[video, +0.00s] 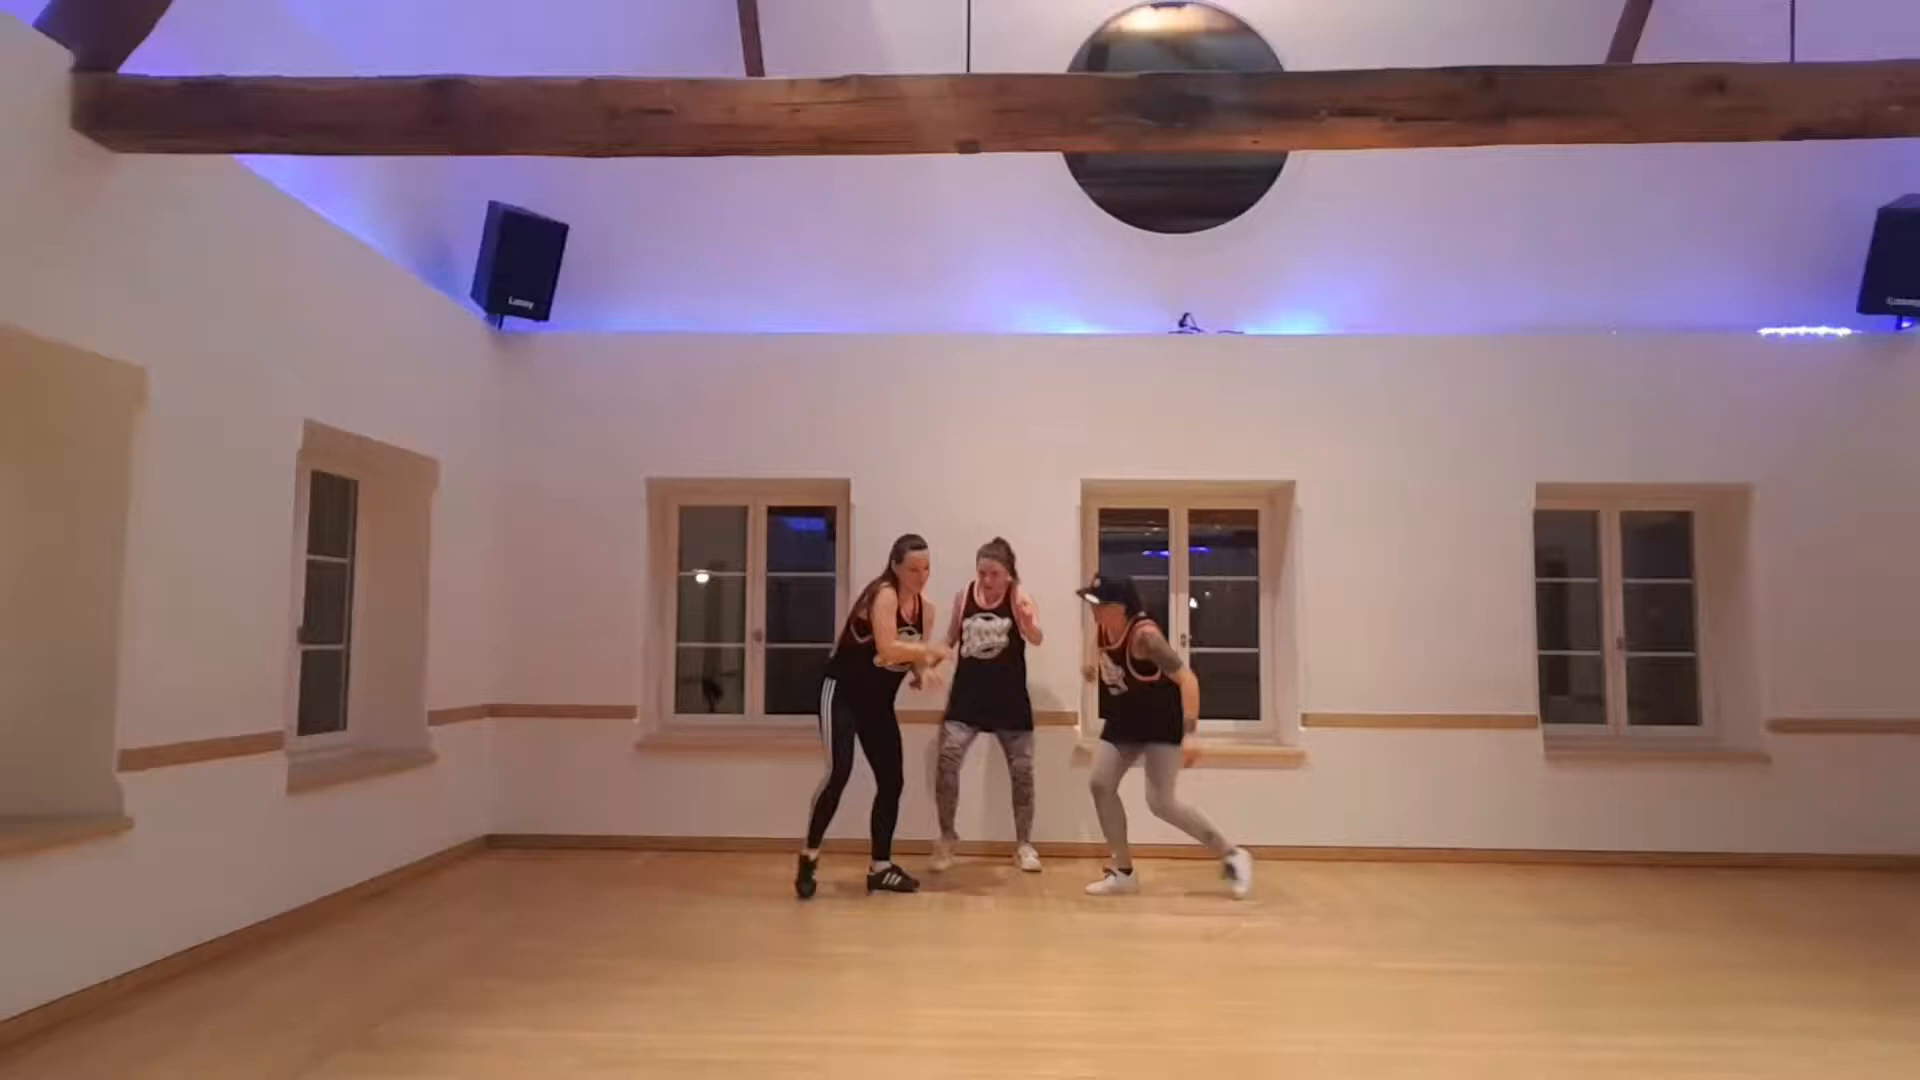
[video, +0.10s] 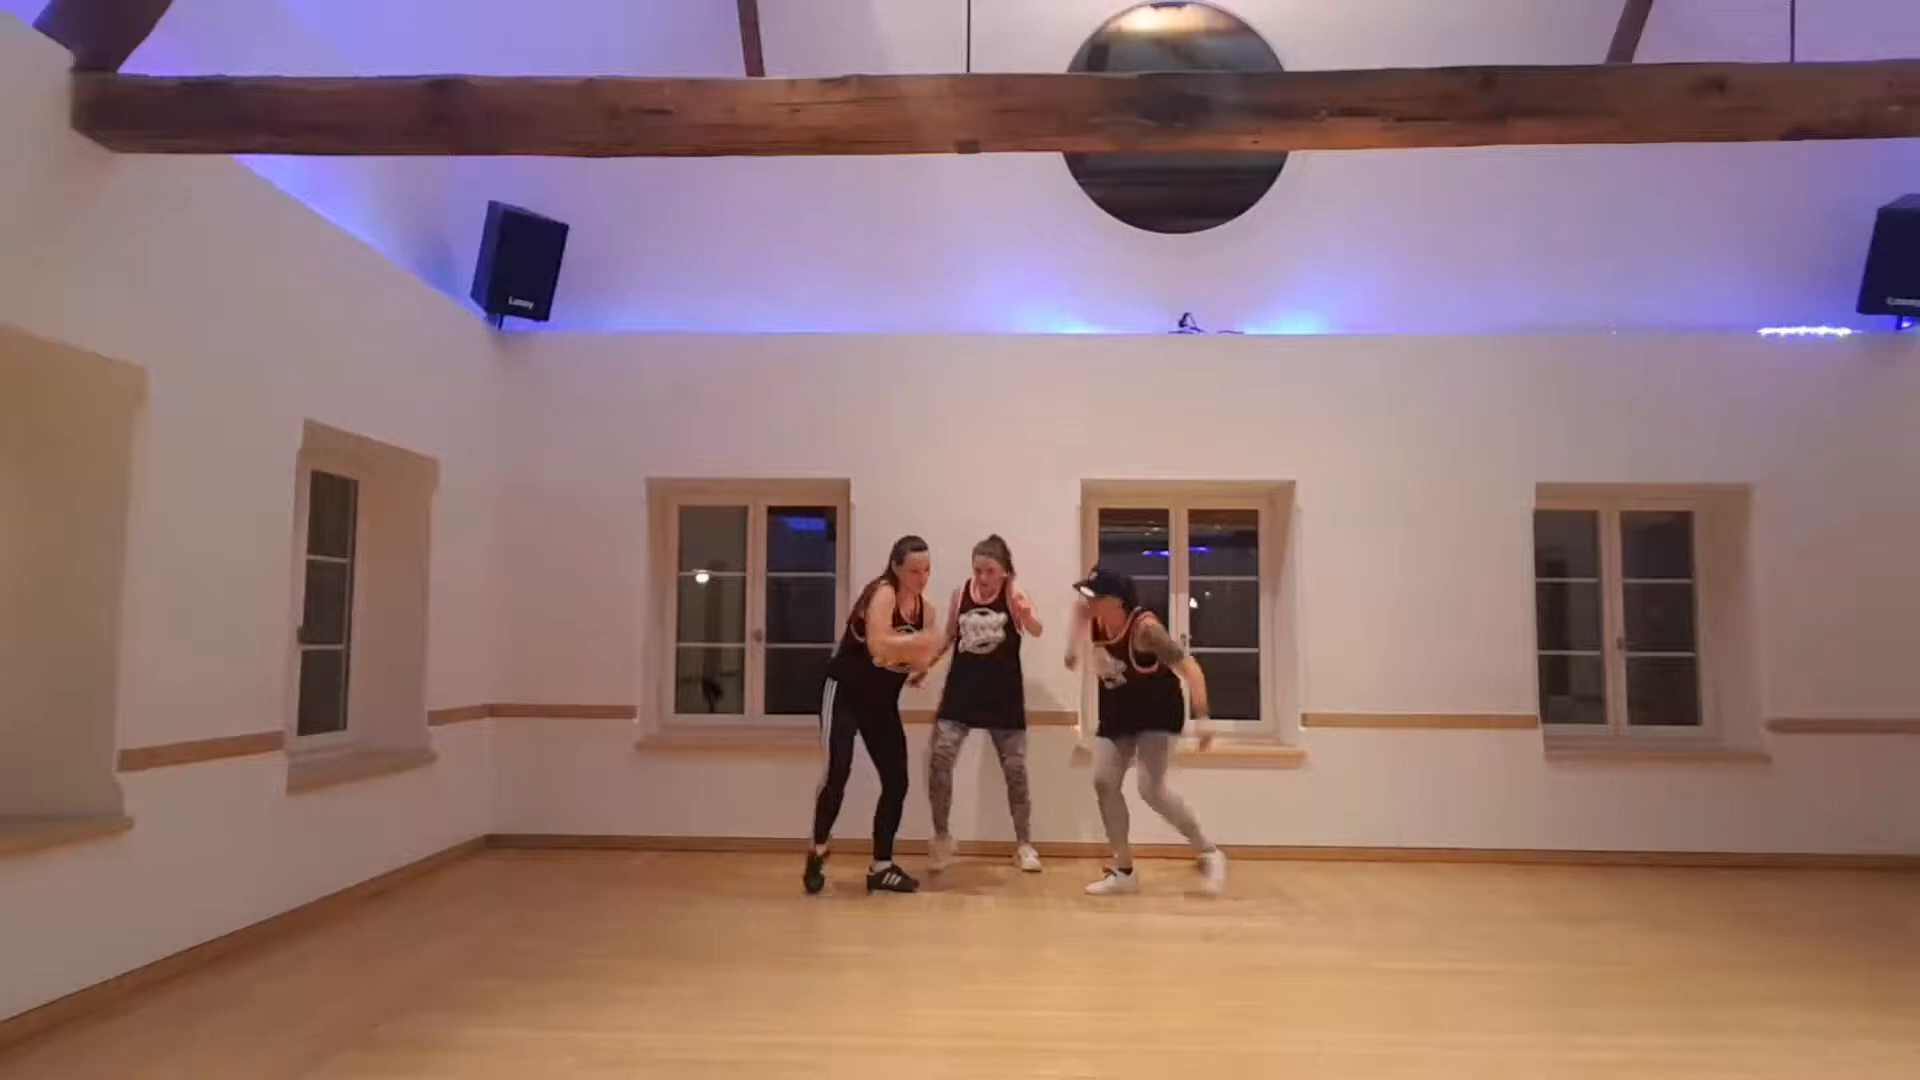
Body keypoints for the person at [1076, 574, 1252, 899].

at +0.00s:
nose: (1095, 611)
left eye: (1101, 606)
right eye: (1095, 605)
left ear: (1120, 607)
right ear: (1106, 607)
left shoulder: (1147, 636)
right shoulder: (1103, 630)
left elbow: (1188, 680)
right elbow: (1105, 668)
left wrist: (1190, 735)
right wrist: (1093, 669)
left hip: (1163, 725)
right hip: (1124, 722)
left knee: (1161, 802)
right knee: (1100, 785)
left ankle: (1233, 856)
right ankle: (1123, 871)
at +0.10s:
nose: (1091, 604)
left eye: (1096, 598)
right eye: (1090, 598)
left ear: (1117, 600)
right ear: (1098, 601)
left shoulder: (1146, 628)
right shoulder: (1096, 623)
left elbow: (1191, 670)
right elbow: (1073, 663)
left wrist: (1202, 717)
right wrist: (1079, 626)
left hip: (1158, 710)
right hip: (1118, 711)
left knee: (1152, 788)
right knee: (1105, 783)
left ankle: (1209, 853)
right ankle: (1123, 870)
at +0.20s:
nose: (1092, 594)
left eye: (1098, 588)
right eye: (1092, 588)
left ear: (1118, 592)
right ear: (1094, 591)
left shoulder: (1148, 617)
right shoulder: (1091, 606)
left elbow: (1194, 645)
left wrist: (1215, 690)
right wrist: (1049, 633)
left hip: (1150, 702)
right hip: (1109, 703)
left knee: (1135, 776)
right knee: (1106, 780)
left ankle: (1162, 861)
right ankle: (1122, 869)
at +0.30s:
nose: (1092, 582)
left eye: (1098, 577)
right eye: (1092, 577)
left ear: (1119, 582)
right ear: (1094, 580)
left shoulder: (1150, 607)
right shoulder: (1087, 594)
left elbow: (1190, 634)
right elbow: (1047, 593)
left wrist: (1218, 670)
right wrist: (1036, 634)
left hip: (1141, 706)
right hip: (1099, 706)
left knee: (1115, 775)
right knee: (1097, 779)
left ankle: (1133, 863)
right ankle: (1118, 864)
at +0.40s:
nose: (1096, 577)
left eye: (1104, 571)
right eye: (1096, 571)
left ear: (1125, 577)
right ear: (1099, 576)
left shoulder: (1154, 609)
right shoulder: (1090, 599)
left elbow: (1188, 644)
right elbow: (1049, 613)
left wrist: (1219, 669)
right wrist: (1035, 643)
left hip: (1134, 710)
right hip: (1092, 706)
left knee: (1101, 786)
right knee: (1087, 789)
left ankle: (1129, 868)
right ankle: (1116, 867)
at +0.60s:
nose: (1092, 574)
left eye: (1098, 569)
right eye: (1092, 569)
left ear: (1118, 574)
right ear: (1101, 575)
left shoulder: (1153, 608)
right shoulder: (1089, 606)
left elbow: (1186, 643)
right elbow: (1038, 630)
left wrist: (1235, 644)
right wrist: (1029, 619)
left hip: (1128, 715)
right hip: (1087, 712)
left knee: (1089, 787)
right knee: (1080, 794)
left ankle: (1125, 863)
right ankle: (1115, 865)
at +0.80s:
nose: (1083, 557)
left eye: (1088, 550)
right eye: (1082, 551)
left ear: (1107, 550)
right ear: (1092, 554)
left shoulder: (1146, 580)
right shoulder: (1083, 585)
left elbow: (1194, 586)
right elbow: (1028, 596)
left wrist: (1204, 546)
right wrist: (997, 563)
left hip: (1136, 696)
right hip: (1094, 698)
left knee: (1107, 764)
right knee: (1095, 784)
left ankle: (1118, 865)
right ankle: (1115, 867)